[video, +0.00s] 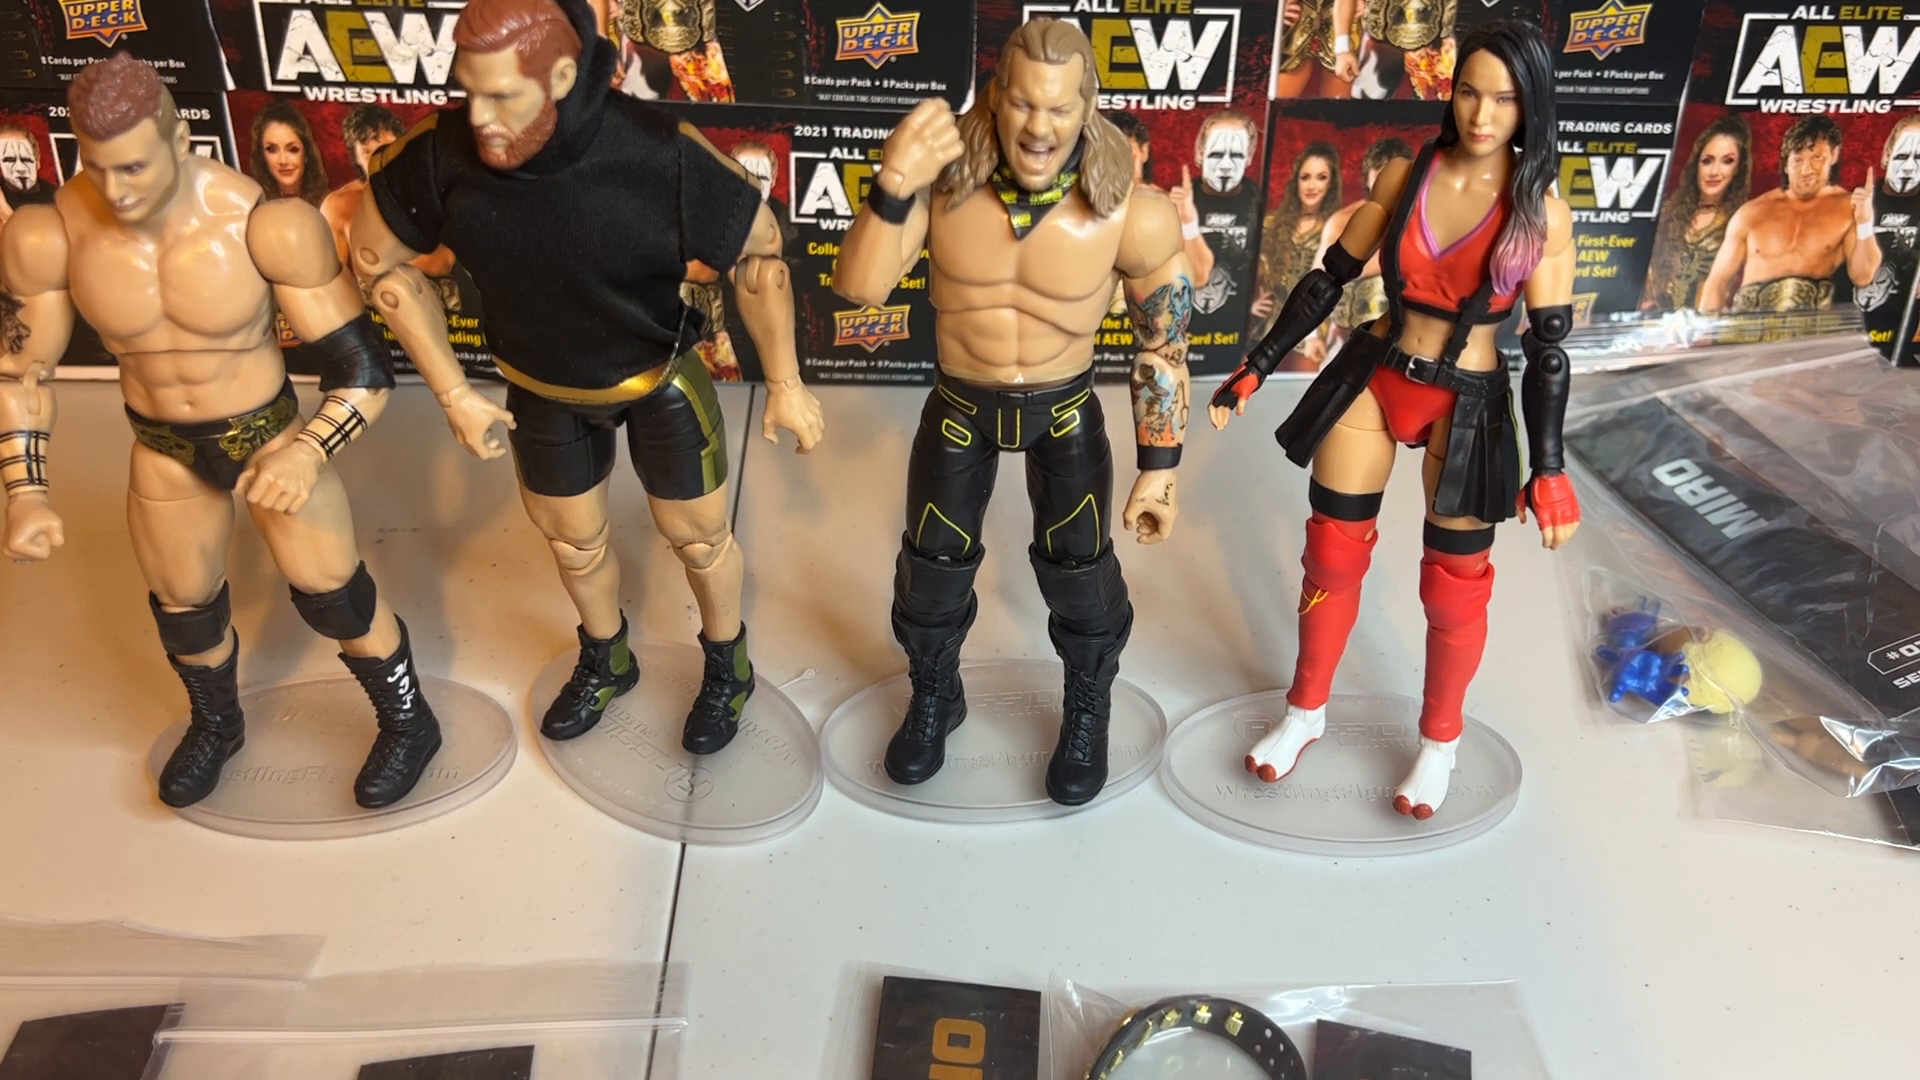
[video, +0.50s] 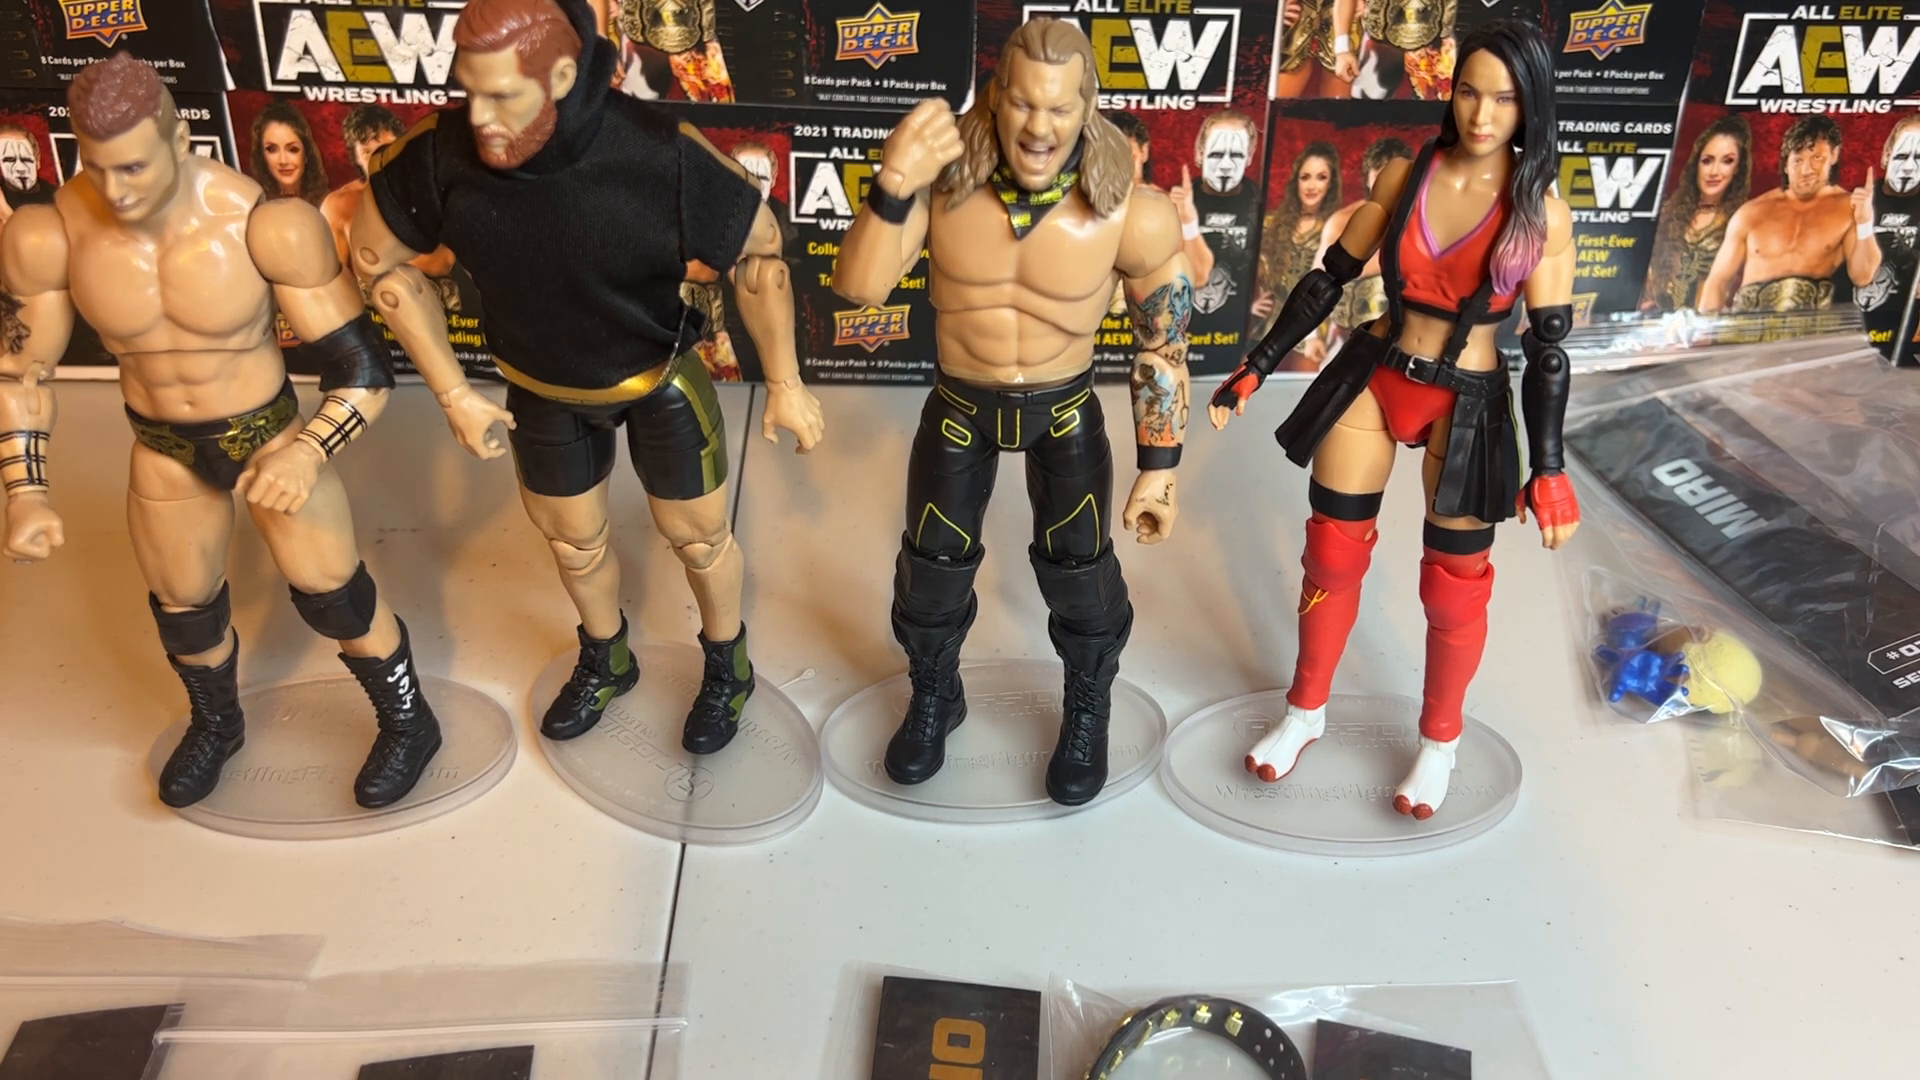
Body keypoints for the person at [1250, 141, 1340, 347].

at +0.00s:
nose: (1312, 186)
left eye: (1321, 178)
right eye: (1305, 177)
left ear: (1332, 183)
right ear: (1295, 181)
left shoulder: (1338, 230)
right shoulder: (1270, 225)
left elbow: (1338, 288)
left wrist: (1321, 336)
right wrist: (1252, 302)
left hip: (1312, 335)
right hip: (1268, 330)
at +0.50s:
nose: (1312, 186)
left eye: (1321, 178)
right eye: (1305, 177)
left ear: (1332, 183)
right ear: (1295, 181)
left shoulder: (1339, 231)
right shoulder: (1270, 225)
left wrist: (1320, 336)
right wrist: (1251, 302)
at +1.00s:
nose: (1312, 185)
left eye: (1321, 177)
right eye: (1305, 177)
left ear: (1332, 183)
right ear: (1295, 181)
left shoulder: (1338, 229)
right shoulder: (1271, 225)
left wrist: (1322, 336)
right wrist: (1254, 303)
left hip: (1313, 335)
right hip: (1269, 329)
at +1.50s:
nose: (1312, 186)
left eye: (1321, 178)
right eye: (1305, 177)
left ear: (1332, 183)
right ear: (1296, 181)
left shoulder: (1338, 229)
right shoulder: (1271, 225)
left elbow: (1336, 285)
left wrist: (1320, 336)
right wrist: (1252, 302)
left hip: (1311, 334)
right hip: (1269, 329)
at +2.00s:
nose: (1312, 185)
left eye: (1322, 177)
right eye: (1305, 177)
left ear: (1332, 182)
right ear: (1295, 181)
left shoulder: (1337, 229)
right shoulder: (1271, 224)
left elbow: (1334, 284)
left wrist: (1321, 335)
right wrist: (1253, 302)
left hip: (1312, 332)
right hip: (1269, 327)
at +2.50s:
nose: (1313, 185)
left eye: (1322, 177)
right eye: (1305, 177)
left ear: (1332, 183)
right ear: (1295, 180)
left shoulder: (1338, 229)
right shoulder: (1271, 223)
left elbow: (1342, 287)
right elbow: (1255, 273)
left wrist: (1325, 336)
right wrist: (1254, 301)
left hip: (1313, 331)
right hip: (1269, 325)